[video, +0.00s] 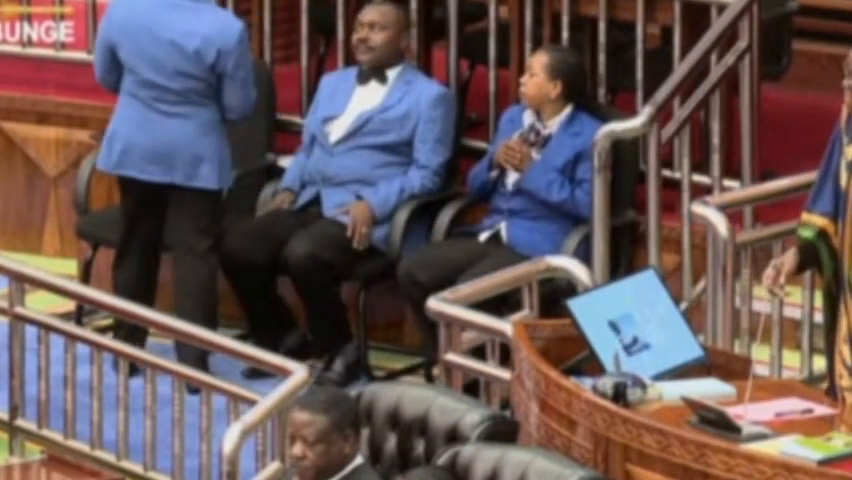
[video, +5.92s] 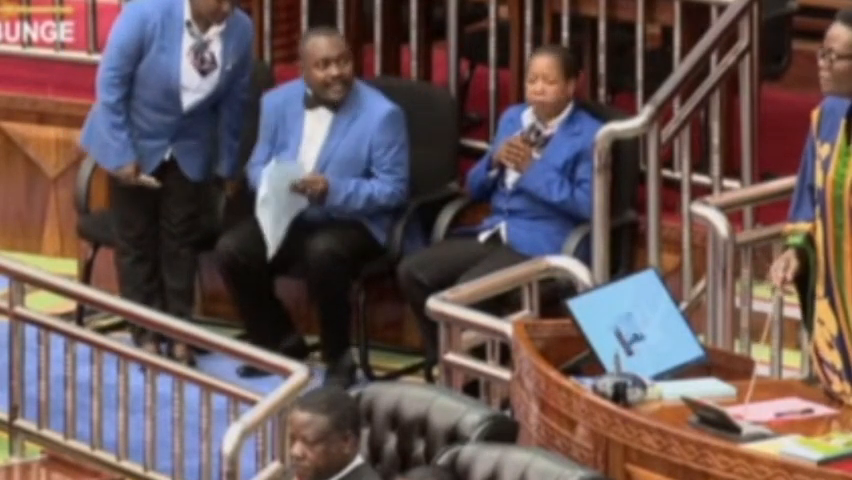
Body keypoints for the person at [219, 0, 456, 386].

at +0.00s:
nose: (363, 36)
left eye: (376, 28)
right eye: (359, 27)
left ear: (403, 40)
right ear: (352, 34)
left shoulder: (429, 96)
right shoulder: (332, 84)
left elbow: (429, 174)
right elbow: (307, 150)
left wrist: (374, 205)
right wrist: (288, 189)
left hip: (369, 214)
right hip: (313, 206)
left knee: (306, 255)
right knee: (240, 247)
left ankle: (338, 350)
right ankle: (277, 337)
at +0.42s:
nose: (325, 52)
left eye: (330, 44)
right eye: (325, 44)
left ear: (356, 46)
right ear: (357, 46)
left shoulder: (407, 97)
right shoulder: (331, 85)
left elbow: (401, 177)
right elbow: (311, 152)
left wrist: (332, 202)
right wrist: (278, 173)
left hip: (370, 214)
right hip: (313, 201)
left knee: (315, 251)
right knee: (244, 243)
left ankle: (338, 350)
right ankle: (280, 336)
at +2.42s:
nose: (354, 45)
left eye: (363, 36)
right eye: (343, 36)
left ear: (376, 41)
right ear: (326, 42)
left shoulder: (401, 98)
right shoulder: (305, 87)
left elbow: (403, 178)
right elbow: (299, 147)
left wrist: (327, 179)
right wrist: (281, 153)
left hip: (366, 216)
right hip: (305, 208)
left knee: (313, 254)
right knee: (240, 248)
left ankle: (337, 354)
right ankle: (281, 341)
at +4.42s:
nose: (372, 51)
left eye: (379, 42)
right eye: (361, 43)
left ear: (389, 46)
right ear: (339, 48)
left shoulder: (410, 103)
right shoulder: (308, 89)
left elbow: (410, 181)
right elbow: (287, 147)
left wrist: (339, 181)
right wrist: (296, 170)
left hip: (366, 219)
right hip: (302, 210)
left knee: (317, 257)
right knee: (235, 248)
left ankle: (339, 357)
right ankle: (282, 344)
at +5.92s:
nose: (335, 73)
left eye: (342, 62)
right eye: (323, 65)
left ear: (353, 62)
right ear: (303, 70)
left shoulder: (381, 114)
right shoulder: (276, 103)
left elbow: (392, 190)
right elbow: (258, 166)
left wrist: (331, 190)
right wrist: (277, 190)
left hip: (349, 219)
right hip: (286, 217)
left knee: (324, 255)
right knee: (235, 251)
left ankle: (337, 360)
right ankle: (279, 343)